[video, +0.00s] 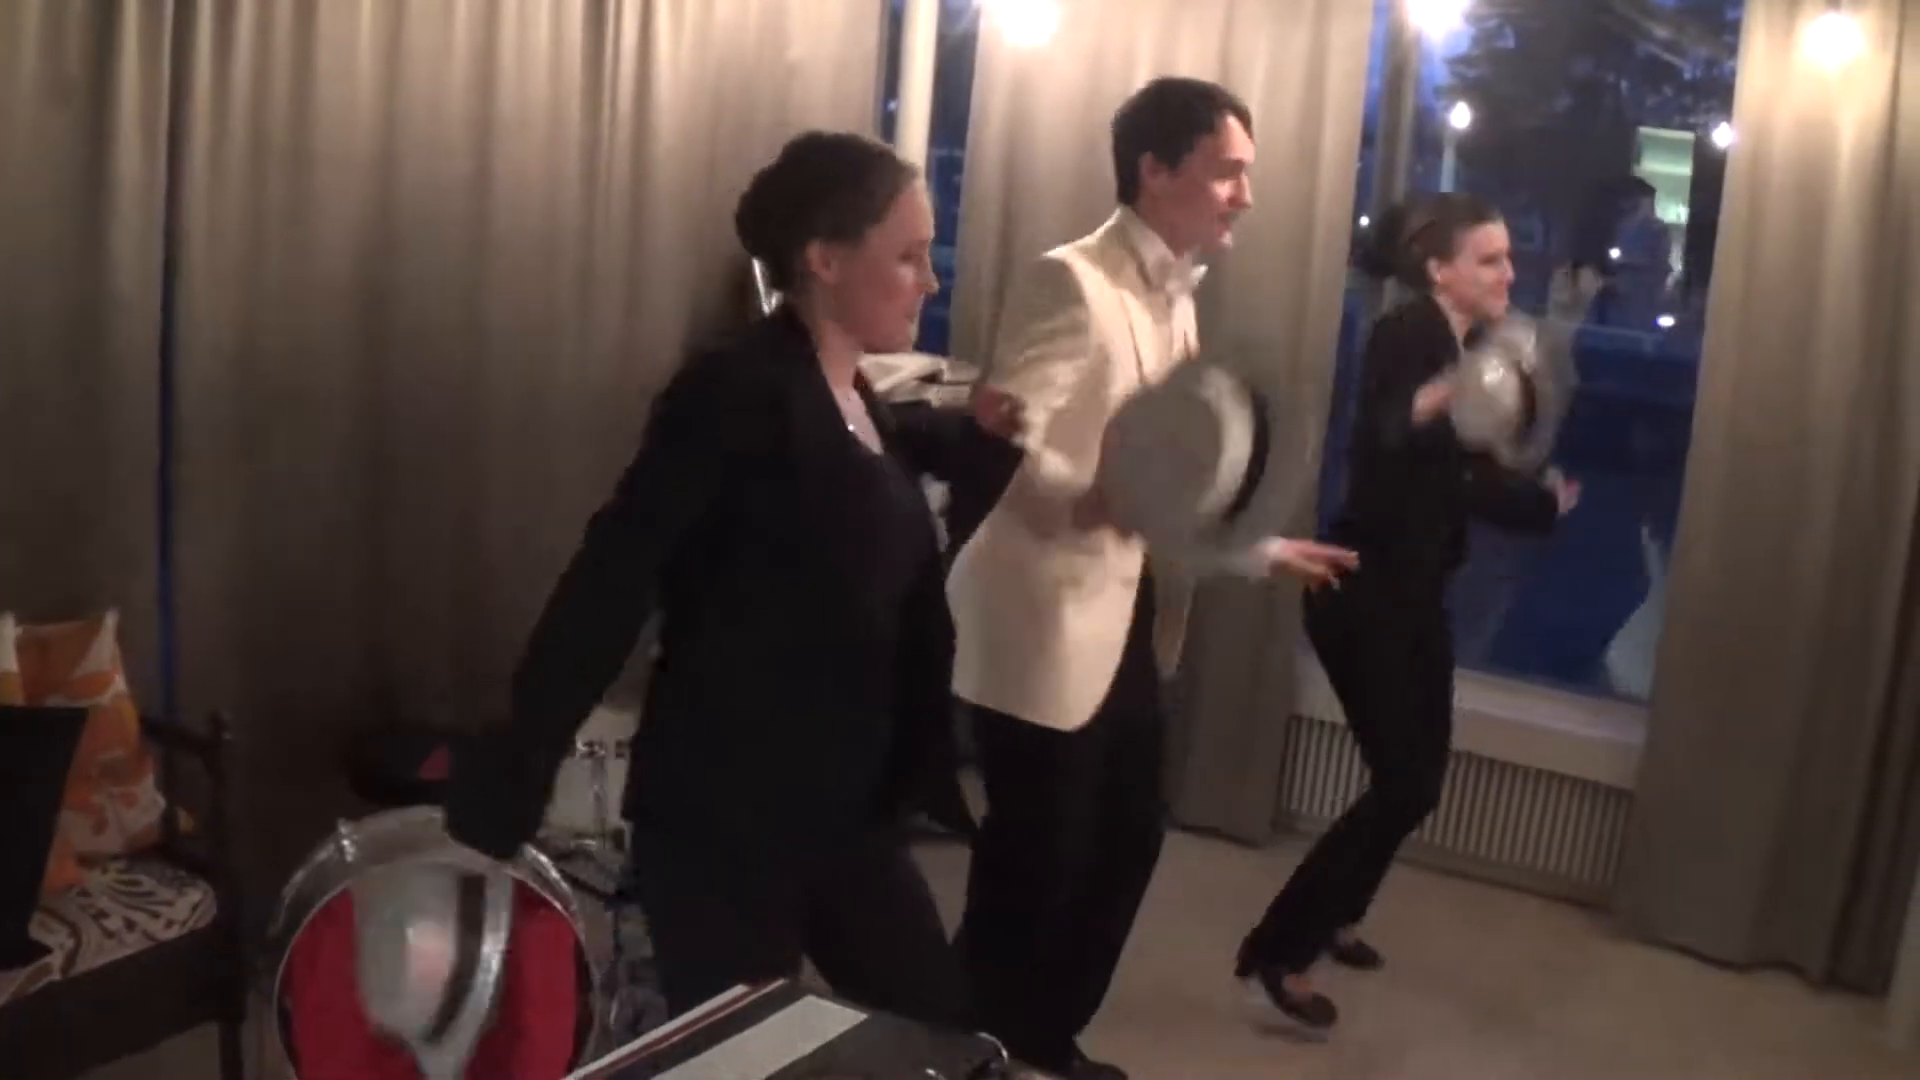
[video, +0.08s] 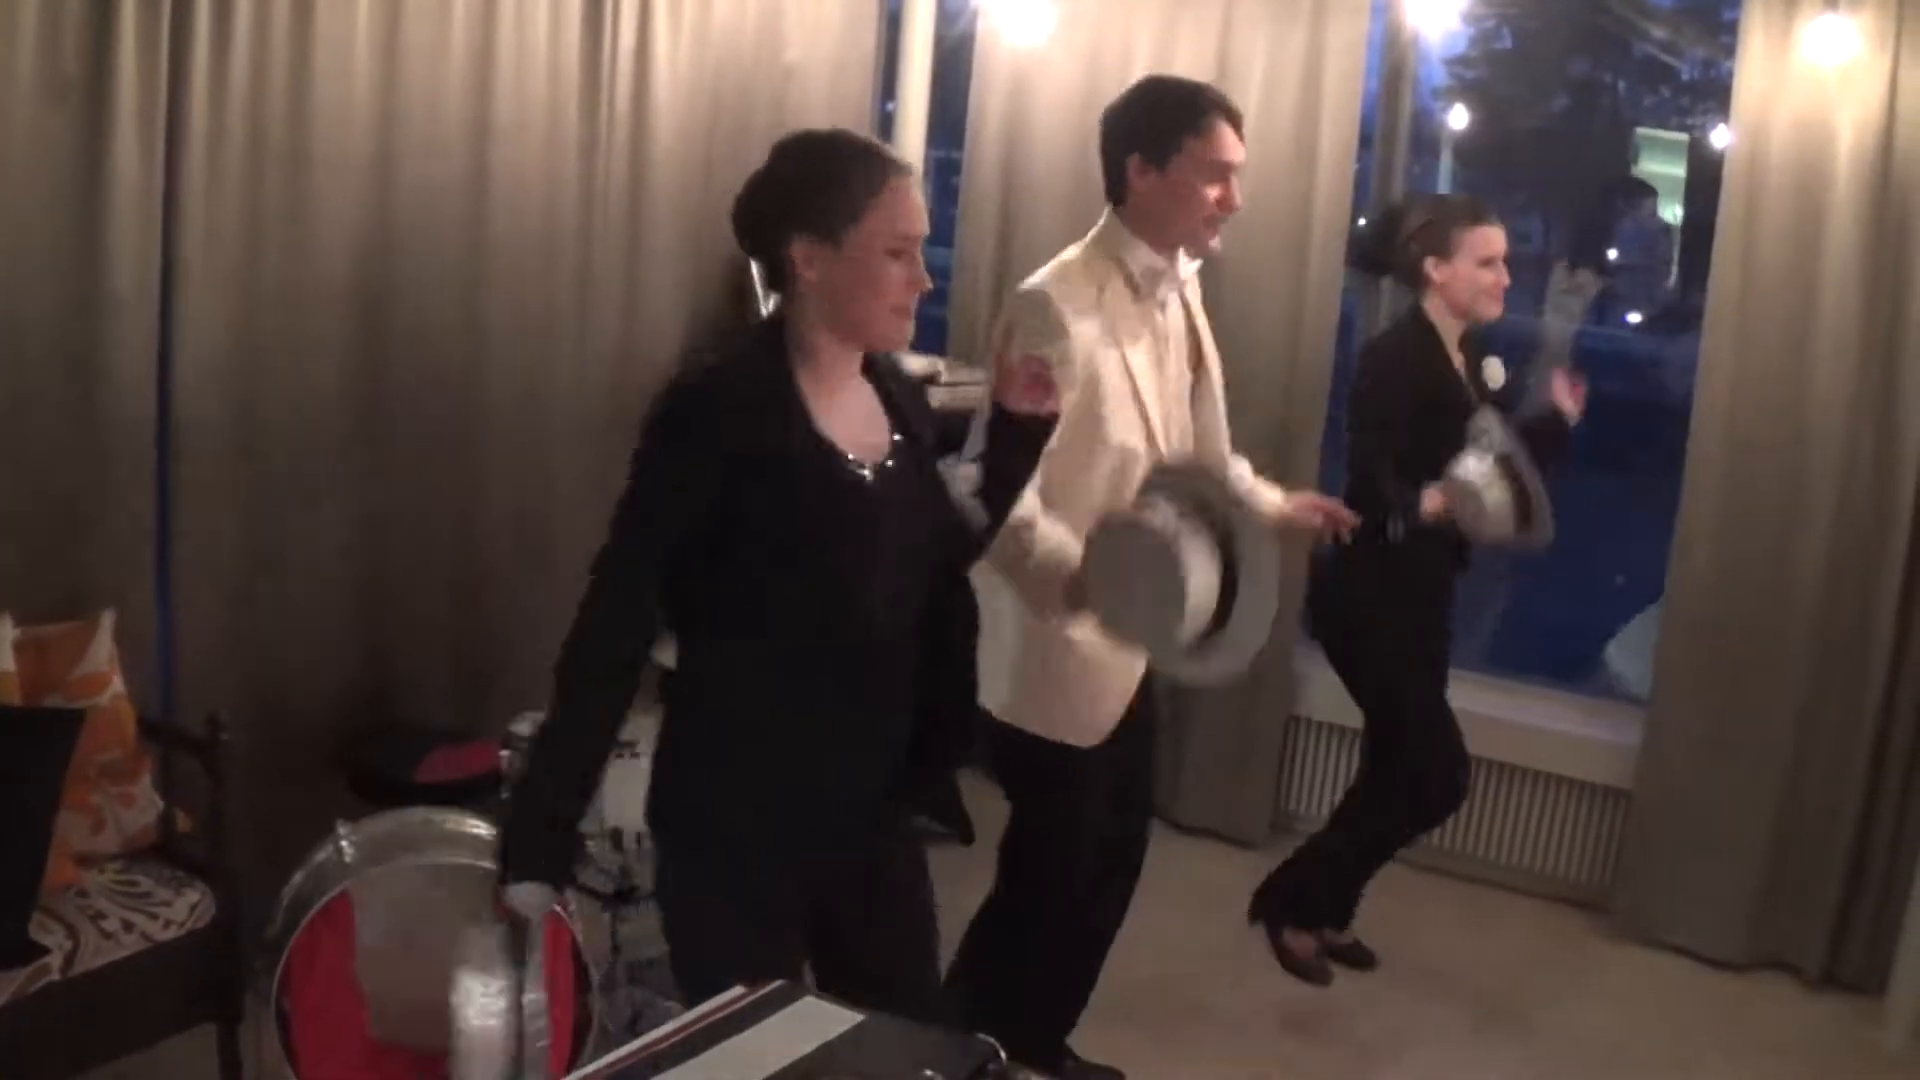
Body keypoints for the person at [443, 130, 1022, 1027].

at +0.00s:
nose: (929, 283)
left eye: (927, 259)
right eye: (909, 259)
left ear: (836, 263)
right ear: (822, 261)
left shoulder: (851, 397)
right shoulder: (729, 396)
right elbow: (605, 594)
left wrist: (972, 453)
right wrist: (506, 783)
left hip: (837, 812)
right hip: (724, 821)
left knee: (937, 1037)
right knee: (728, 1062)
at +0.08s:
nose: (922, 280)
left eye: (921, 254)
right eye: (898, 253)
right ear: (808, 258)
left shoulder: (893, 397)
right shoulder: (714, 411)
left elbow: (943, 563)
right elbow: (613, 632)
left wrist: (1015, 434)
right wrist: (536, 844)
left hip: (867, 810)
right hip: (735, 820)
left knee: (908, 1050)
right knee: (751, 1057)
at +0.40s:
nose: (888, 307)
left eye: (896, 276)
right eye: (857, 278)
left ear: (908, 272)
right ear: (764, 277)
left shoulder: (921, 401)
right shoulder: (659, 441)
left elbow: (1015, 550)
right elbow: (606, 646)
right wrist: (591, 820)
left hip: (897, 819)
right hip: (744, 825)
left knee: (852, 1051)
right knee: (722, 1054)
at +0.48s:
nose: (899, 308)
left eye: (908, 280)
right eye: (872, 281)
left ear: (917, 272)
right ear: (778, 276)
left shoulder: (920, 406)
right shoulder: (659, 433)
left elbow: (995, 572)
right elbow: (583, 629)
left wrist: (1123, 681)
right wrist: (584, 816)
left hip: (885, 811)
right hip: (727, 816)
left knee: (870, 1048)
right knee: (732, 1050)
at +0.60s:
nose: (930, 299)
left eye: (937, 271)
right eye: (906, 270)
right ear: (811, 257)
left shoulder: (922, 413)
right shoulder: (677, 419)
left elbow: (937, 633)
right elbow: (580, 616)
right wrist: (660, 815)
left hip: (884, 817)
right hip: (703, 826)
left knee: (881, 1052)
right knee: (714, 1055)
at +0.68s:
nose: (953, 289)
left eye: (957, 262)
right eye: (929, 261)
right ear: (834, 253)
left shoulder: (916, 416)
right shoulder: (704, 407)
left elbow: (923, 613)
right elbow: (608, 613)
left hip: (861, 824)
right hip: (702, 830)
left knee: (863, 1053)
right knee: (701, 1060)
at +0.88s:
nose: (977, 304)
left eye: (976, 276)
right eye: (951, 276)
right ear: (854, 281)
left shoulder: (883, 429)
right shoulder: (775, 434)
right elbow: (862, 669)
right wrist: (1056, 586)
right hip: (716, 890)